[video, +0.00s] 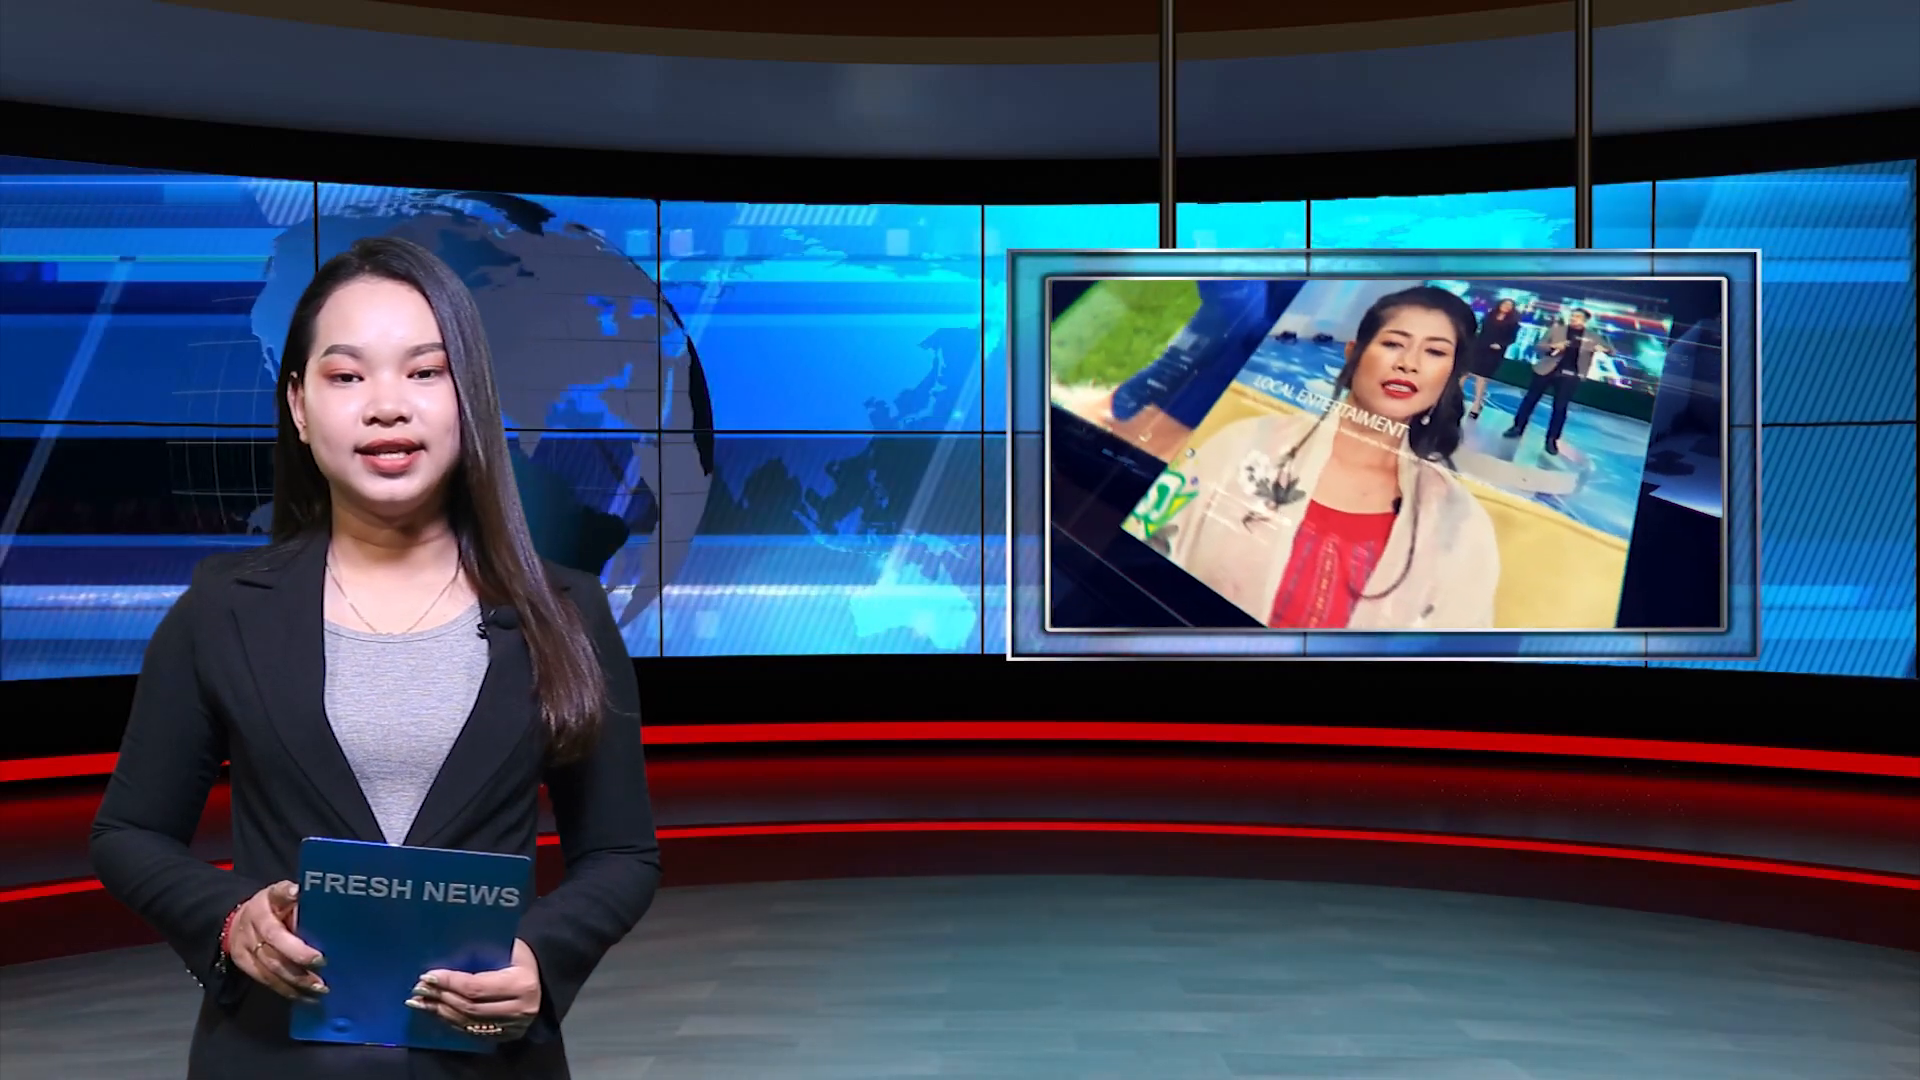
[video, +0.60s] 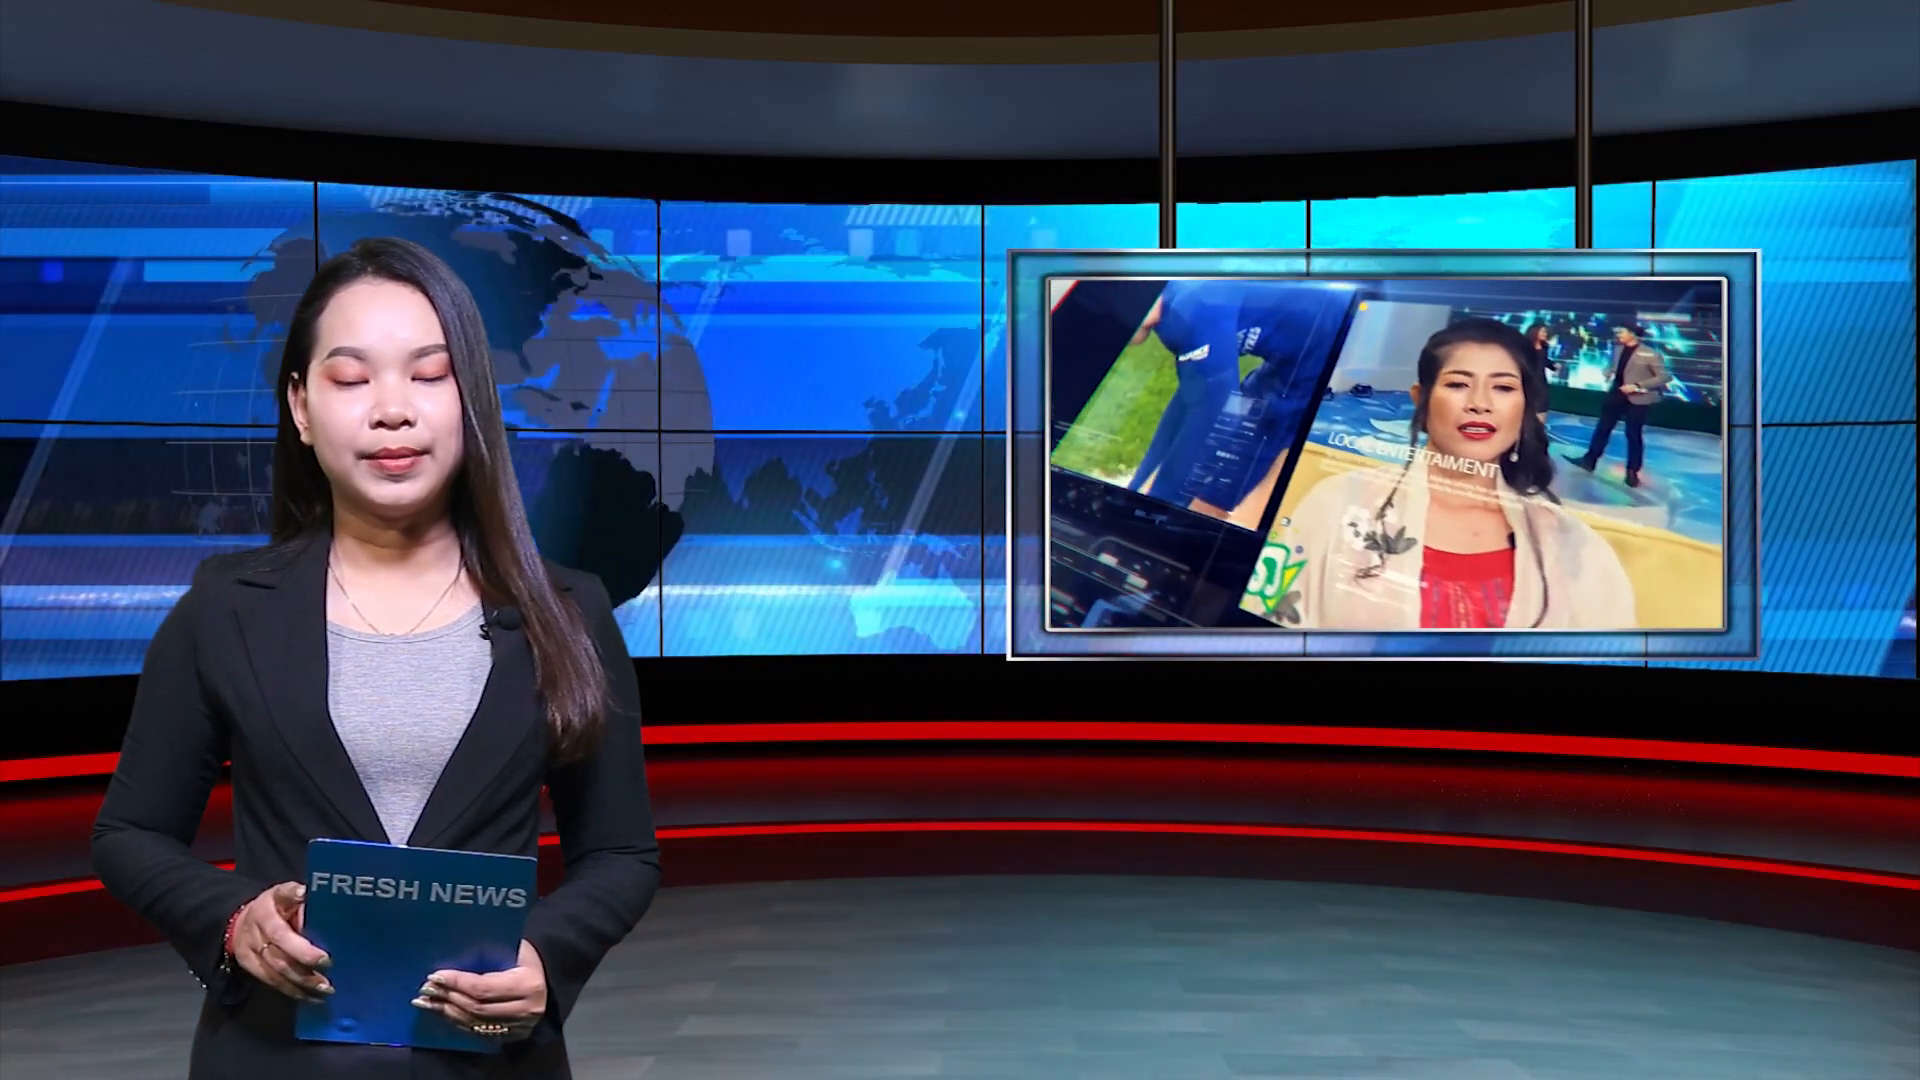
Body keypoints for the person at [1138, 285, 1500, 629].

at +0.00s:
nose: (1409, 364)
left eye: (1434, 352)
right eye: (1393, 342)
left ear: (1450, 380)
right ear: (1353, 353)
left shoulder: (1462, 528)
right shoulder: (1243, 448)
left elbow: (1458, 670)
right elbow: (1132, 571)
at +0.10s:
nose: (1415, 371)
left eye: (1440, 358)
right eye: (1397, 351)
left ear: (1459, 384)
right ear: (1359, 363)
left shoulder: (1476, 531)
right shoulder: (1254, 460)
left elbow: (1480, 672)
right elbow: (1148, 587)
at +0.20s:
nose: (1428, 380)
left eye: (1453, 367)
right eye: (1410, 361)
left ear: (1473, 394)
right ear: (1372, 375)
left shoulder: (1501, 539)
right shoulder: (1273, 476)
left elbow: (1512, 681)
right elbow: (1172, 605)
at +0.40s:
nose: (1452, 393)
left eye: (1475, 378)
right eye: (1432, 373)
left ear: (1501, 404)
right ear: (1395, 389)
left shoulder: (1540, 547)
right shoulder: (1305, 496)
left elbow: (1564, 689)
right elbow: (1220, 637)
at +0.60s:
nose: (1479, 402)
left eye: (1502, 387)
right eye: (1458, 384)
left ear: (1527, 411)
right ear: (1421, 401)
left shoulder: (1578, 553)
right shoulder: (1338, 508)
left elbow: (1612, 689)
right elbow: (1263, 651)